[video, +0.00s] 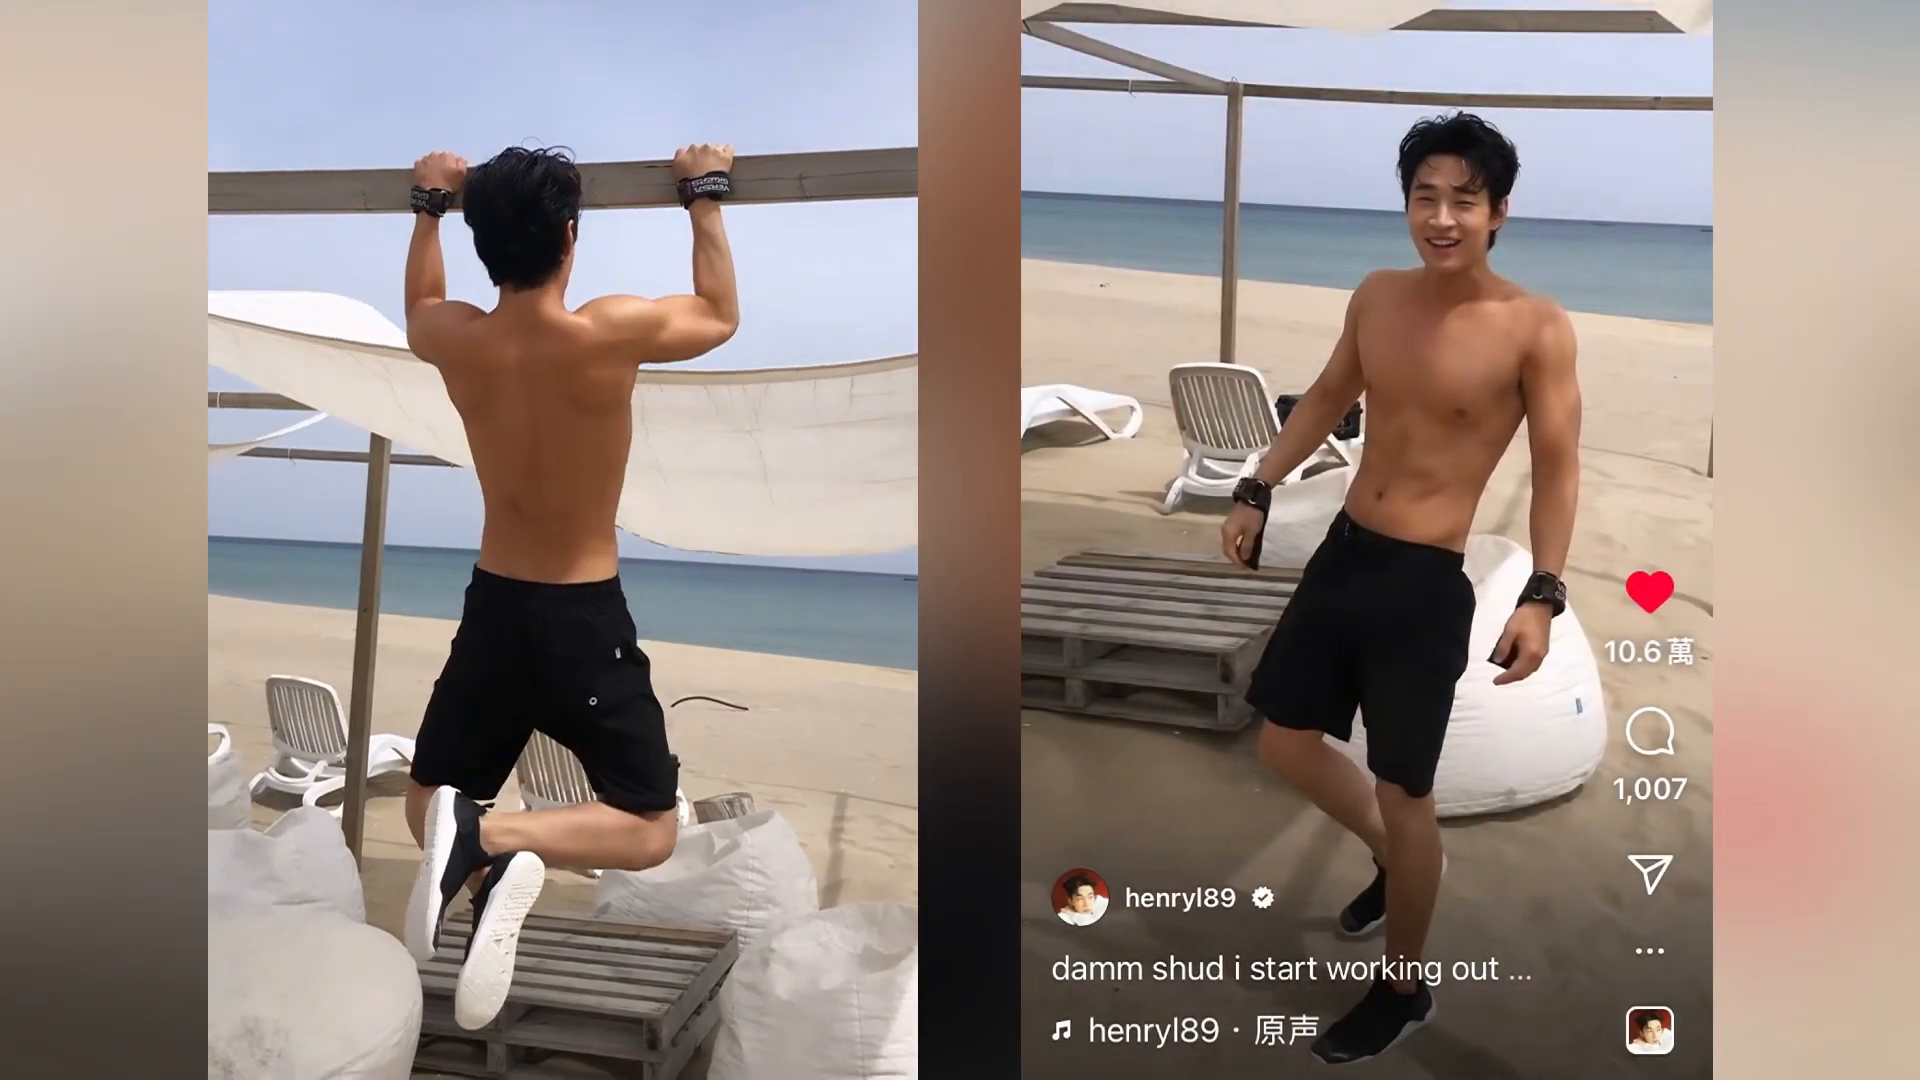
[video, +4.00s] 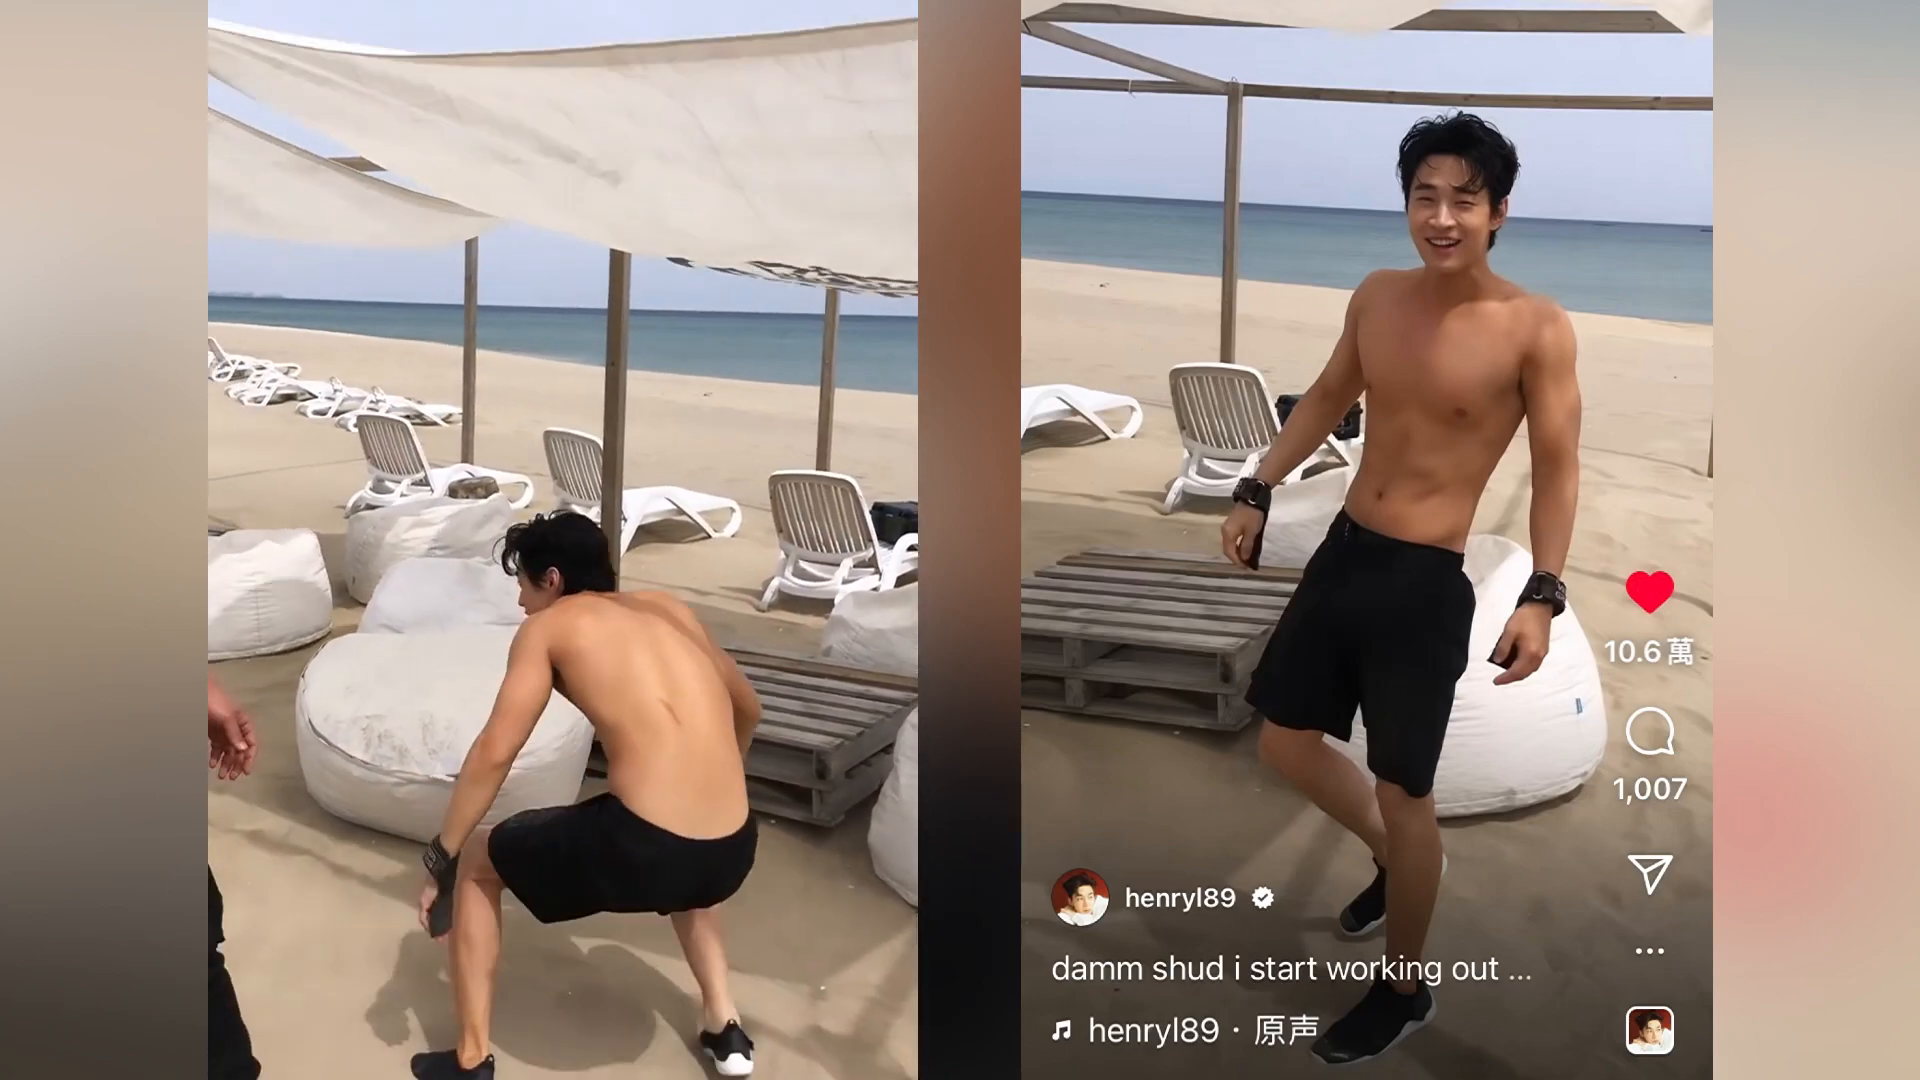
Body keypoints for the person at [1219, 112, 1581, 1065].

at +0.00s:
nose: (1440, 216)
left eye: (1462, 198)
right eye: (1424, 197)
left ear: (1498, 210)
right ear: (1406, 208)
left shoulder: (1534, 328)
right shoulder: (1378, 297)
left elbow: (1556, 468)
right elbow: (1329, 398)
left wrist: (1540, 595)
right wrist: (1256, 484)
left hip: (1427, 579)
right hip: (1345, 554)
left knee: (1402, 799)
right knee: (1284, 742)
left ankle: (1402, 981)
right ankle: (1398, 847)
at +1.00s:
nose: (1440, 216)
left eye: (1462, 198)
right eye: (1424, 197)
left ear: (1498, 210)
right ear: (1406, 208)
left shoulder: (1535, 328)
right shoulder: (1378, 296)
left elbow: (1556, 468)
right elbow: (1330, 398)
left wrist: (1540, 595)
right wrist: (1255, 484)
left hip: (1426, 579)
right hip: (1345, 553)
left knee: (1402, 799)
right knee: (1284, 742)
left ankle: (1403, 981)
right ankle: (1398, 847)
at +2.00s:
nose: (1440, 216)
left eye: (1462, 198)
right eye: (1424, 197)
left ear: (1498, 210)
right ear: (1406, 208)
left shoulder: (1535, 328)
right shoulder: (1378, 296)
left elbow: (1556, 468)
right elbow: (1330, 398)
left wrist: (1540, 595)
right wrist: (1255, 484)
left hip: (1426, 579)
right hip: (1345, 553)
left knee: (1402, 799)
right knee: (1284, 742)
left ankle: (1403, 981)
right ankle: (1398, 847)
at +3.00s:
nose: (1440, 216)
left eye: (1462, 198)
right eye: (1424, 197)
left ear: (1498, 210)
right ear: (1406, 207)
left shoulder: (1535, 328)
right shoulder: (1378, 296)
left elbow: (1556, 468)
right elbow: (1330, 397)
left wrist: (1541, 595)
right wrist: (1255, 484)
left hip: (1426, 579)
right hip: (1344, 553)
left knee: (1403, 799)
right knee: (1285, 742)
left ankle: (1403, 981)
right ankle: (1399, 847)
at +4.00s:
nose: (1440, 216)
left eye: (1462, 198)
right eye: (1424, 197)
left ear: (1498, 210)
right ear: (1406, 208)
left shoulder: (1535, 328)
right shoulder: (1378, 296)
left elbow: (1556, 468)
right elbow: (1330, 398)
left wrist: (1540, 595)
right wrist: (1255, 484)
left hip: (1426, 579)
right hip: (1345, 553)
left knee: (1402, 799)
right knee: (1284, 742)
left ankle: (1403, 981)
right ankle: (1398, 847)